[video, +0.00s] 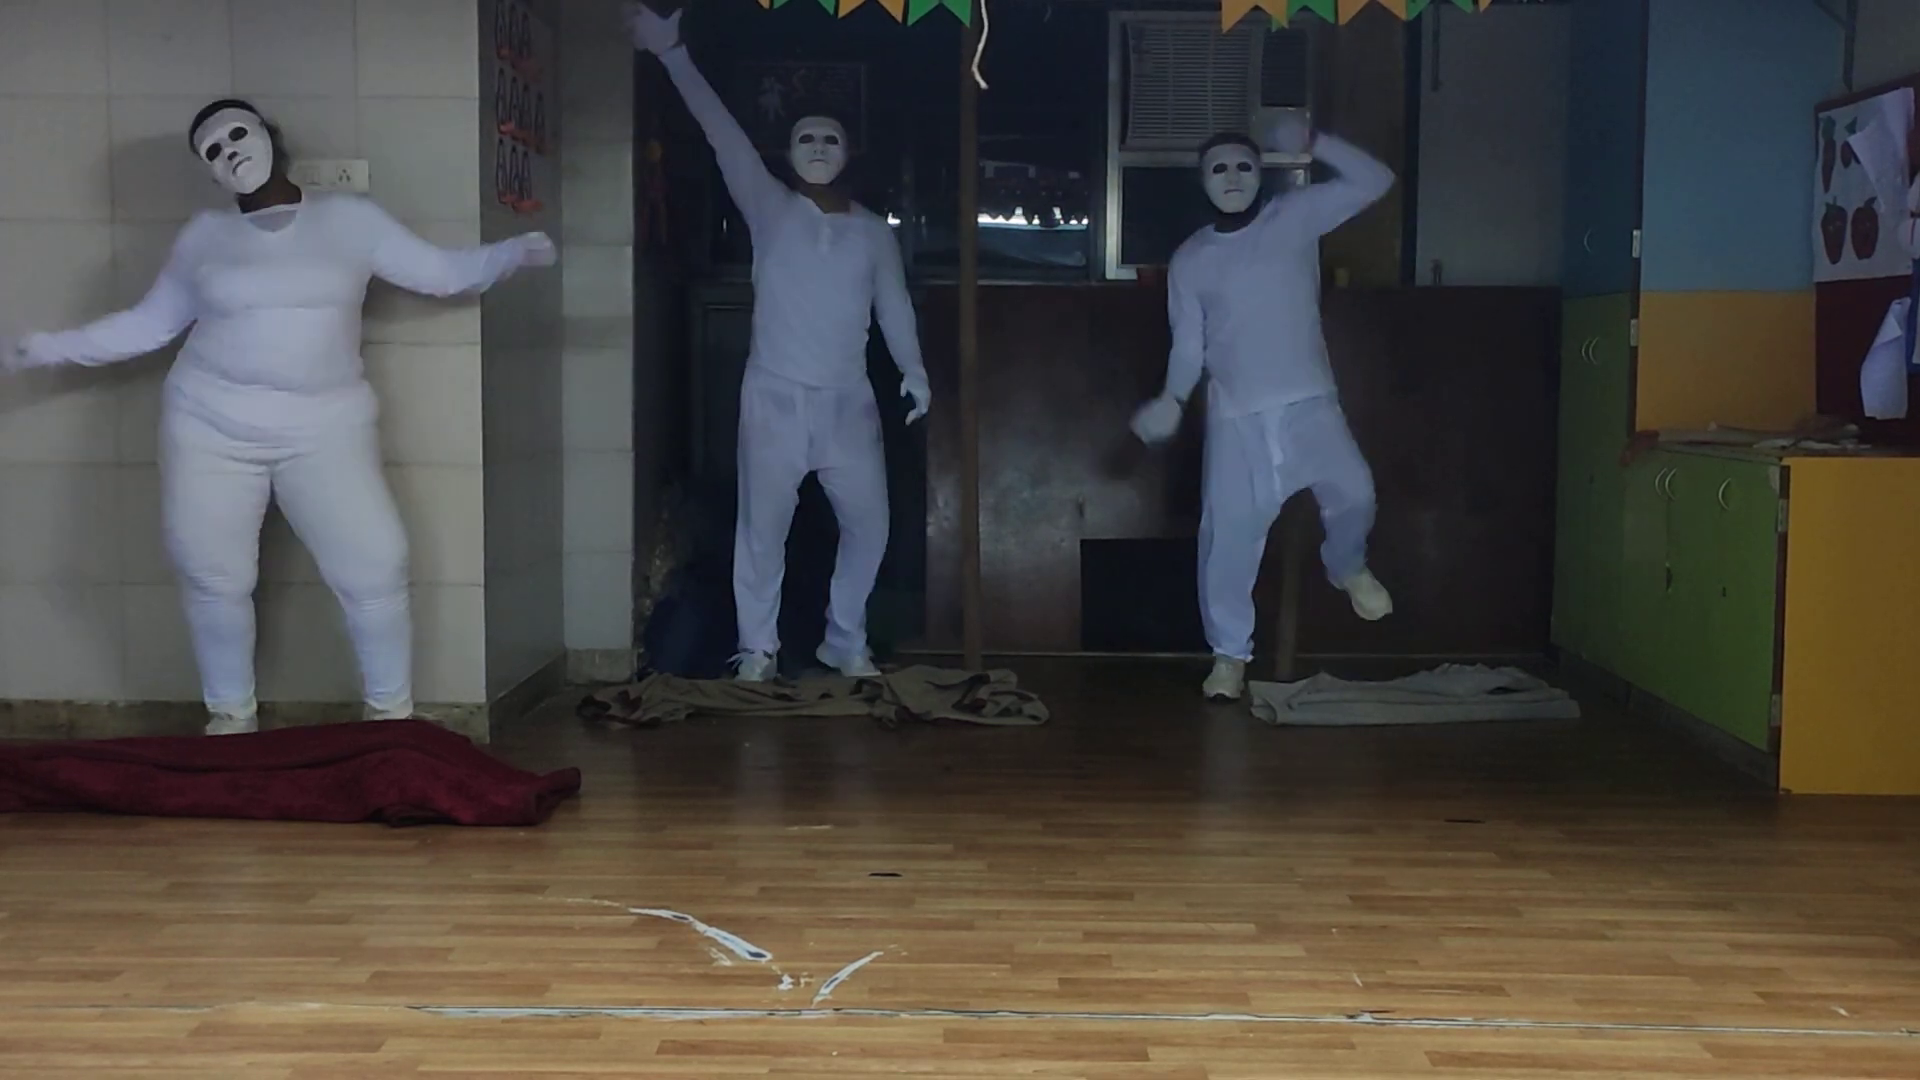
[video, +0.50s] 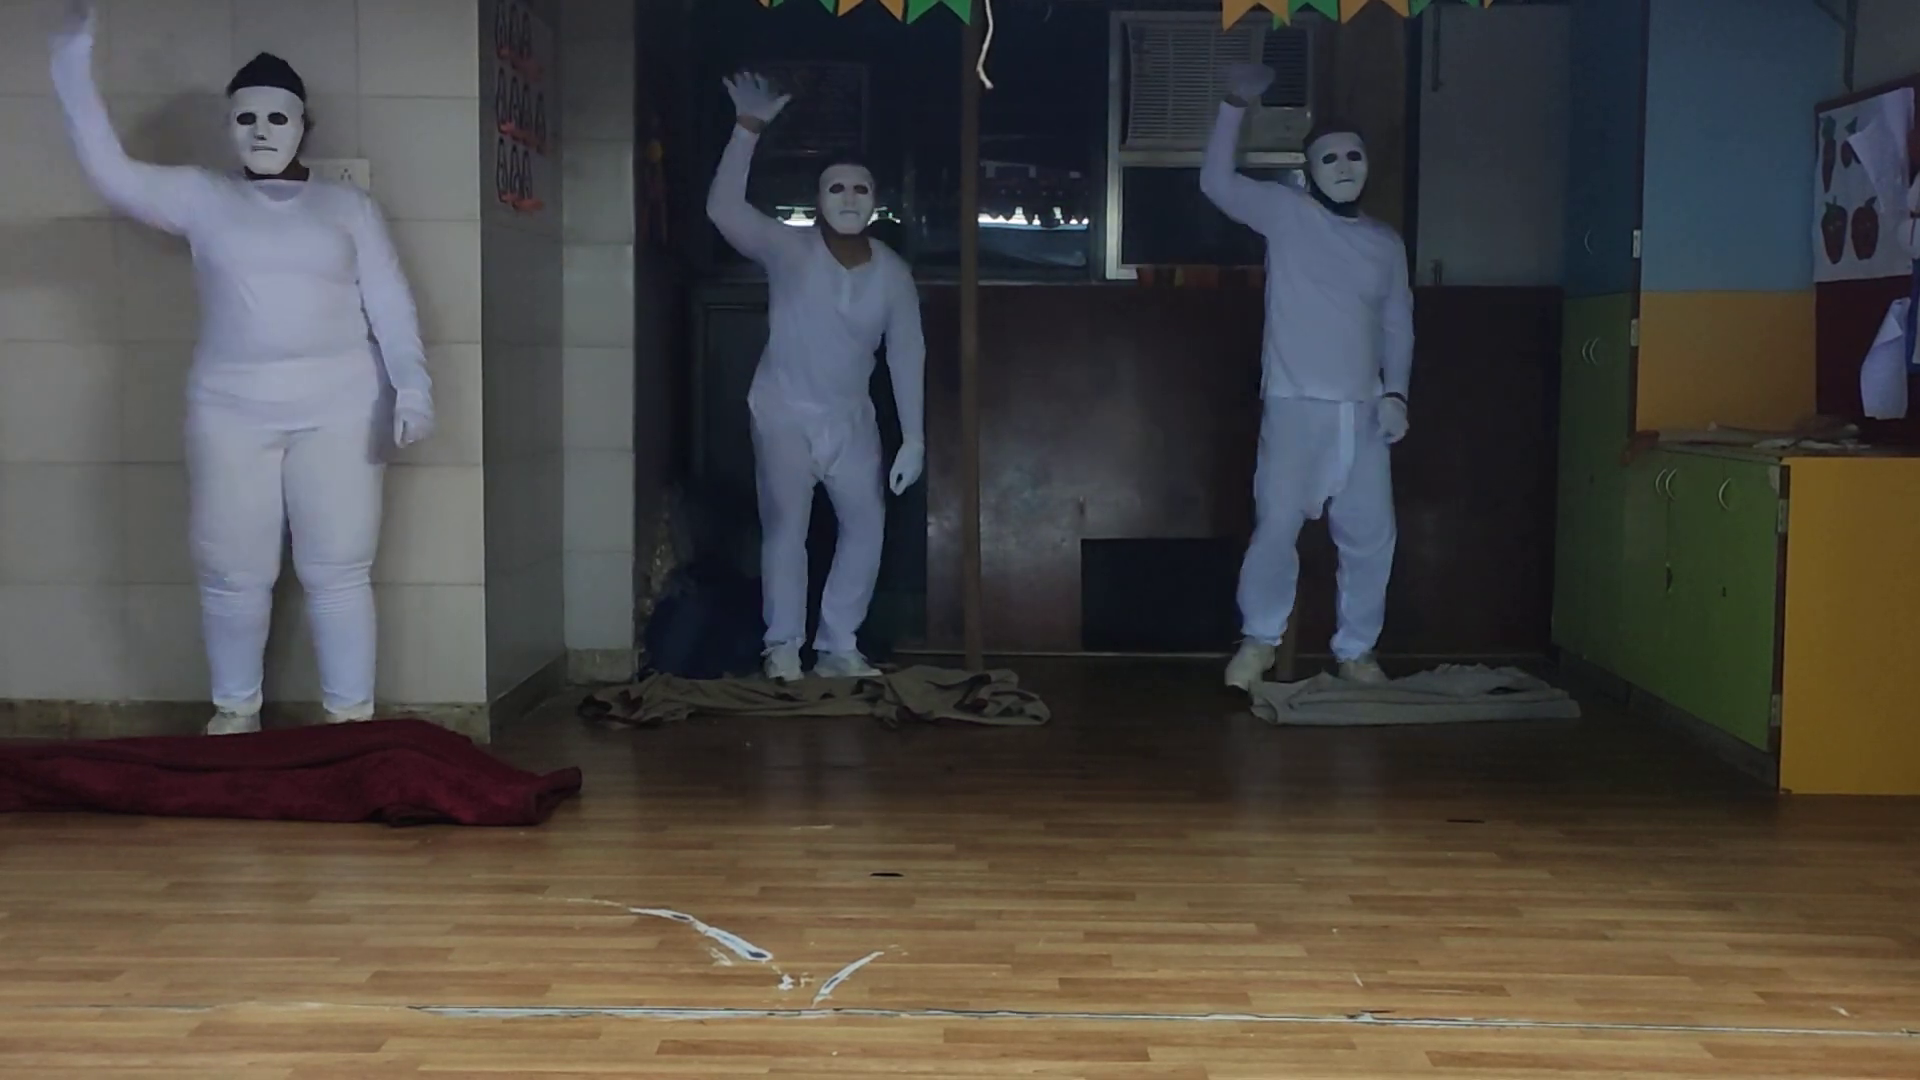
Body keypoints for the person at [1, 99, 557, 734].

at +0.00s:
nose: (231, 153)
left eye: (238, 136)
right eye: (214, 152)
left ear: (271, 138)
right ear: (209, 173)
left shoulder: (350, 221)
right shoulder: (205, 239)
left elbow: (440, 269)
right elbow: (149, 323)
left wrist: (509, 253)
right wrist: (55, 347)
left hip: (327, 430)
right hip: (213, 432)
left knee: (374, 569)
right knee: (214, 580)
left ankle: (391, 716)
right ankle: (230, 720)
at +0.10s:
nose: (235, 138)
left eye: (247, 122)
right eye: (218, 131)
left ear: (278, 129)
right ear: (209, 147)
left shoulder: (336, 215)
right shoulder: (197, 224)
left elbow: (397, 311)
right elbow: (158, 330)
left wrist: (465, 321)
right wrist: (113, 415)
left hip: (318, 417)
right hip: (207, 419)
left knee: (360, 565)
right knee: (214, 576)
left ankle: (389, 711)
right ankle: (231, 714)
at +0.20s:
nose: (249, 126)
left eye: (265, 113)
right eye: (235, 114)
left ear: (289, 124)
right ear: (218, 124)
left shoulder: (332, 210)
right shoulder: (185, 212)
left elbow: (361, 321)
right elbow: (156, 319)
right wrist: (145, 414)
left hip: (319, 408)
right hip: (210, 413)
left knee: (350, 561)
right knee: (226, 569)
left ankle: (381, 706)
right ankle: (234, 712)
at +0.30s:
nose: (253, 126)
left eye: (269, 115)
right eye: (239, 114)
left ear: (294, 126)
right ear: (222, 123)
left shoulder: (335, 210)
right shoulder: (190, 206)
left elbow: (369, 311)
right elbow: (130, 280)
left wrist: (375, 404)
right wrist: (76, 346)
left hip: (320, 414)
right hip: (215, 418)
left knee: (336, 569)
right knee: (233, 571)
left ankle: (354, 712)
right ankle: (236, 713)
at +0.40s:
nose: (256, 131)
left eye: (273, 118)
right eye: (242, 118)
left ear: (296, 130)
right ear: (225, 129)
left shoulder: (340, 211)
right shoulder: (195, 205)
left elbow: (386, 307)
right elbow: (101, 227)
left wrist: (395, 392)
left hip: (329, 416)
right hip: (225, 418)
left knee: (334, 571)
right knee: (238, 572)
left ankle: (348, 713)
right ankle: (237, 711)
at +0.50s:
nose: (262, 131)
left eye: (278, 118)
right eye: (247, 118)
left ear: (303, 126)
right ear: (229, 126)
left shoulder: (348, 209)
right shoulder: (204, 200)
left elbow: (389, 303)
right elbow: (113, 173)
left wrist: (411, 385)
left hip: (338, 410)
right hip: (233, 413)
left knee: (339, 569)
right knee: (233, 571)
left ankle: (350, 715)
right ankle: (235, 711)